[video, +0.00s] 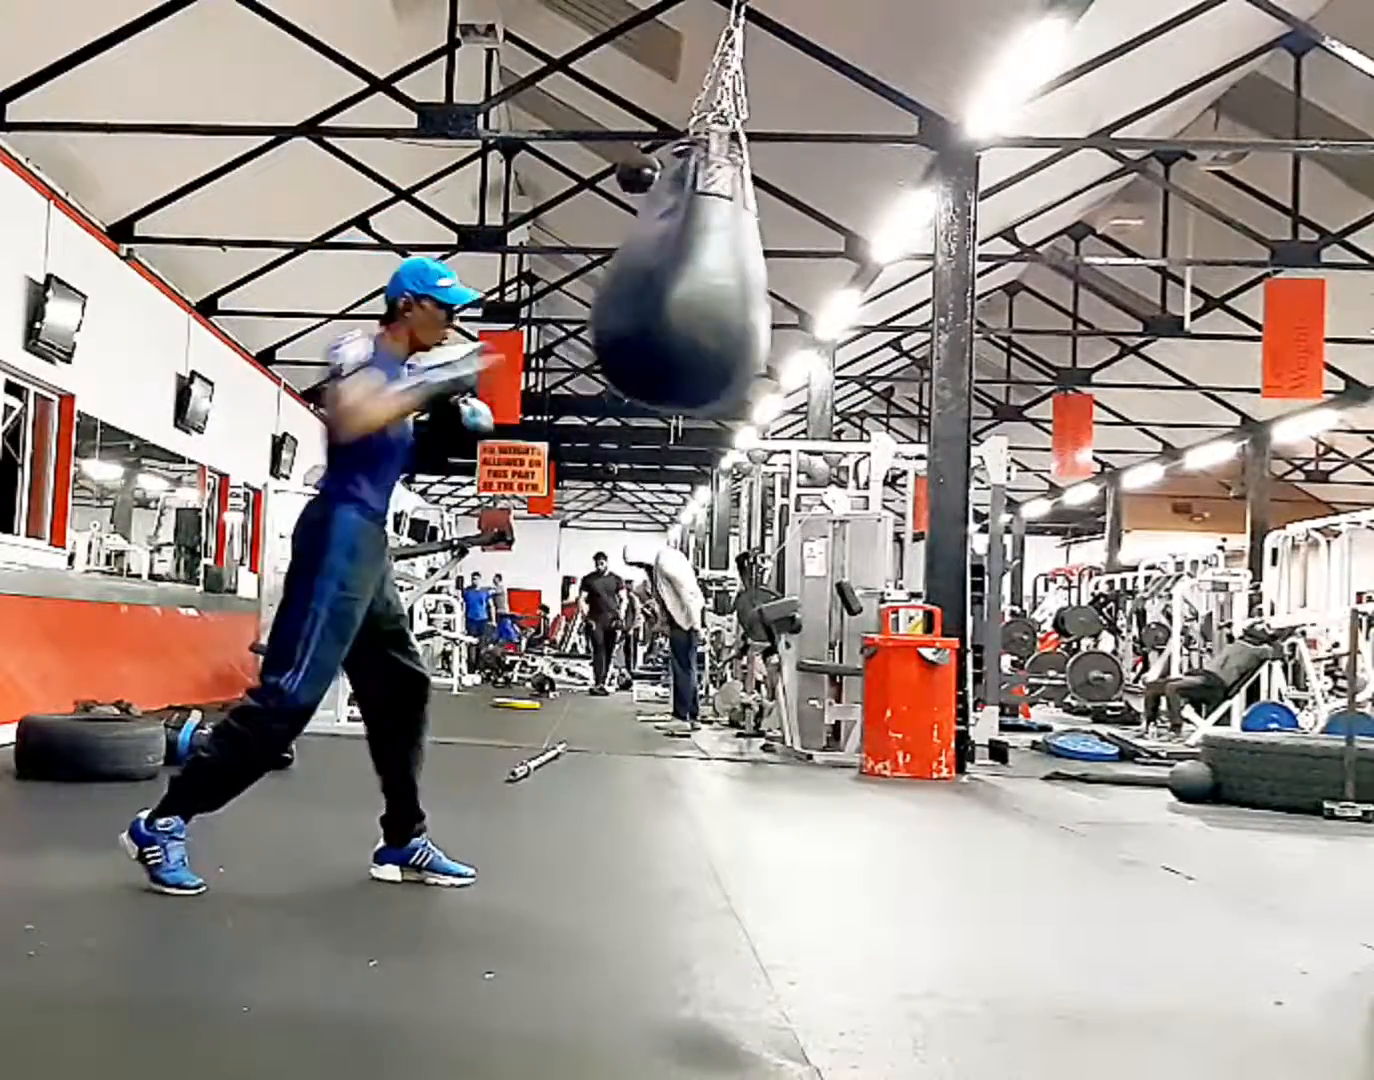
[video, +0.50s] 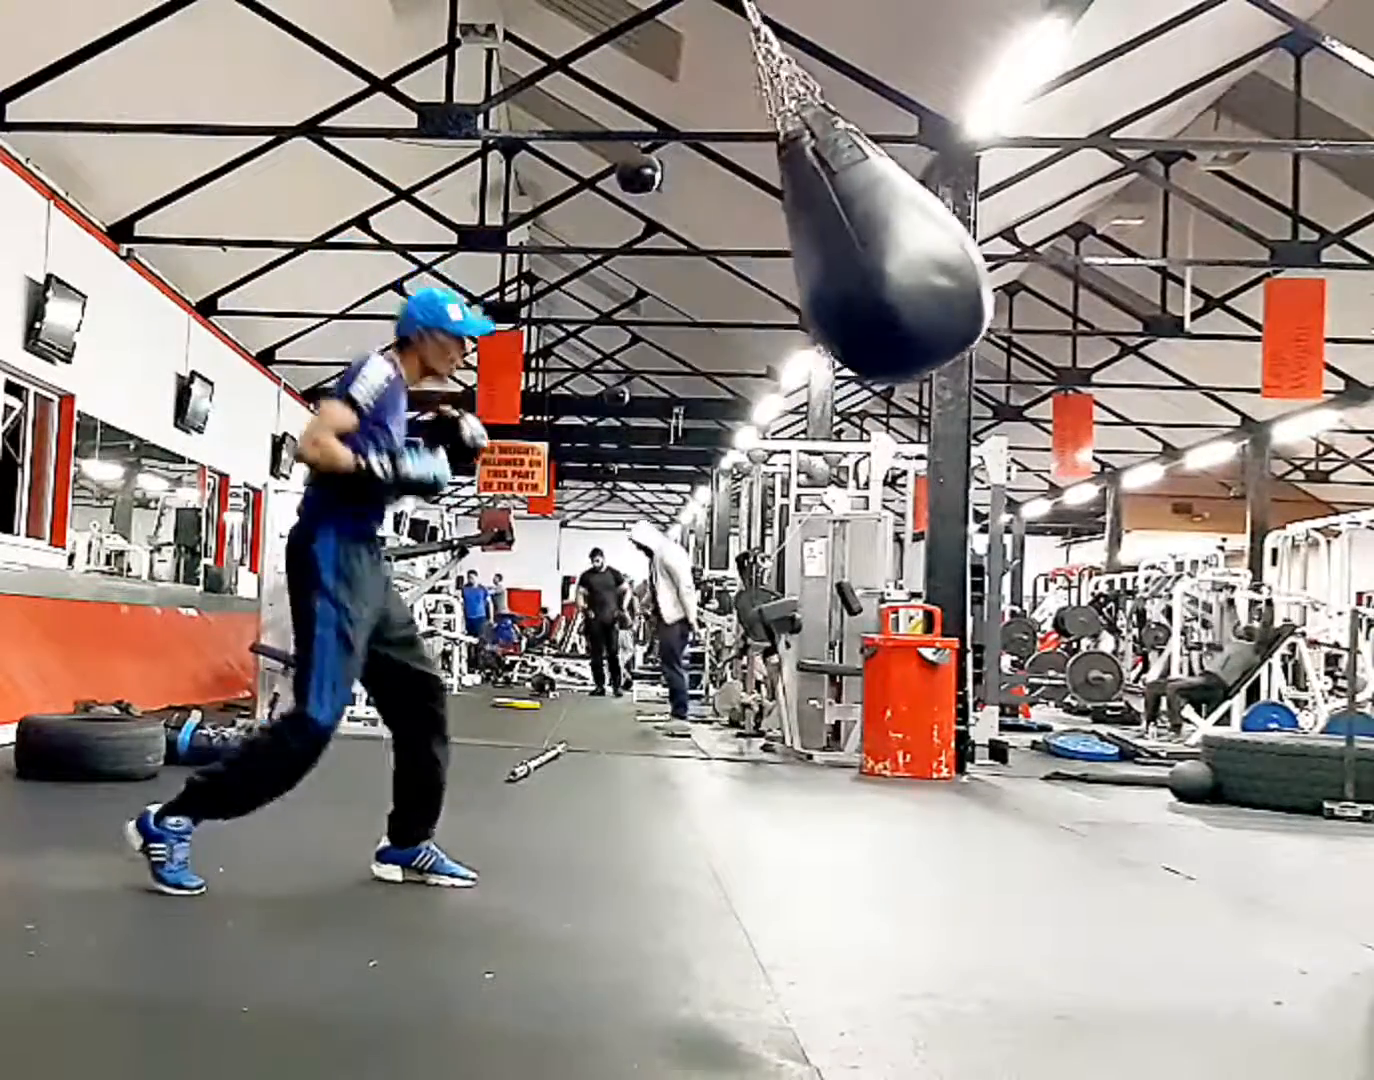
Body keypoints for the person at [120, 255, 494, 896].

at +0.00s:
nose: (449, 327)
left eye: (452, 316)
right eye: (443, 313)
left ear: (417, 312)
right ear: (409, 307)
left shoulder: (405, 373)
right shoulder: (361, 351)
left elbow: (403, 451)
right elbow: (350, 418)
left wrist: (458, 424)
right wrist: (432, 386)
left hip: (366, 538)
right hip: (339, 532)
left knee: (400, 687)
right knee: (285, 702)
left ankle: (403, 839)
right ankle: (161, 824)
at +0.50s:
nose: (464, 354)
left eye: (465, 343)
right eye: (457, 341)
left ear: (430, 341)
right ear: (422, 337)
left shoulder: (402, 387)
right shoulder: (377, 374)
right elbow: (314, 443)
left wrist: (451, 427)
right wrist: (384, 468)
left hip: (364, 559)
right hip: (329, 555)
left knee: (419, 698)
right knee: (312, 724)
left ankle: (407, 844)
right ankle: (169, 822)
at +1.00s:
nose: (357, 305)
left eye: (361, 294)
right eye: (348, 292)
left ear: (335, 294)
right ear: (310, 286)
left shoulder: (345, 358)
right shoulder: (241, 351)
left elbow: (360, 441)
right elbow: (220, 458)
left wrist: (388, 412)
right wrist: (299, 429)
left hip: (317, 535)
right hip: (257, 538)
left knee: (338, 692)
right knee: (232, 700)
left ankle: (349, 843)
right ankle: (139, 839)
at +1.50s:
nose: (457, 383)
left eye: (460, 372)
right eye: (453, 370)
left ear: (402, 357)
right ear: (427, 361)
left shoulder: (340, 384)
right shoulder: (415, 396)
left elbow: (303, 463)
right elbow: (382, 464)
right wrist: (422, 533)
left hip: (285, 520)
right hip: (316, 528)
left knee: (359, 684)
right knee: (277, 704)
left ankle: (363, 844)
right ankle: (139, 827)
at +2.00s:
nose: (436, 362)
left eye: (440, 352)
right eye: (430, 349)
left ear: (405, 345)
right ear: (393, 338)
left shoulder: (390, 407)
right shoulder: (309, 377)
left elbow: (360, 479)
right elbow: (282, 483)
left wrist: (400, 502)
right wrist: (367, 464)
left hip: (319, 561)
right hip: (268, 558)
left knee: (366, 694)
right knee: (270, 722)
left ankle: (361, 845)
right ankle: (193, 851)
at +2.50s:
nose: (454, 311)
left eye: (456, 300)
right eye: (449, 297)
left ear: (419, 292)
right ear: (414, 288)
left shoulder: (394, 366)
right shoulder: (344, 342)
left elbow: (400, 447)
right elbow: (321, 454)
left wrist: (446, 405)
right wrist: (405, 458)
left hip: (365, 533)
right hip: (323, 528)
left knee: (405, 689)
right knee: (296, 703)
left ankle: (424, 849)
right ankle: (198, 844)